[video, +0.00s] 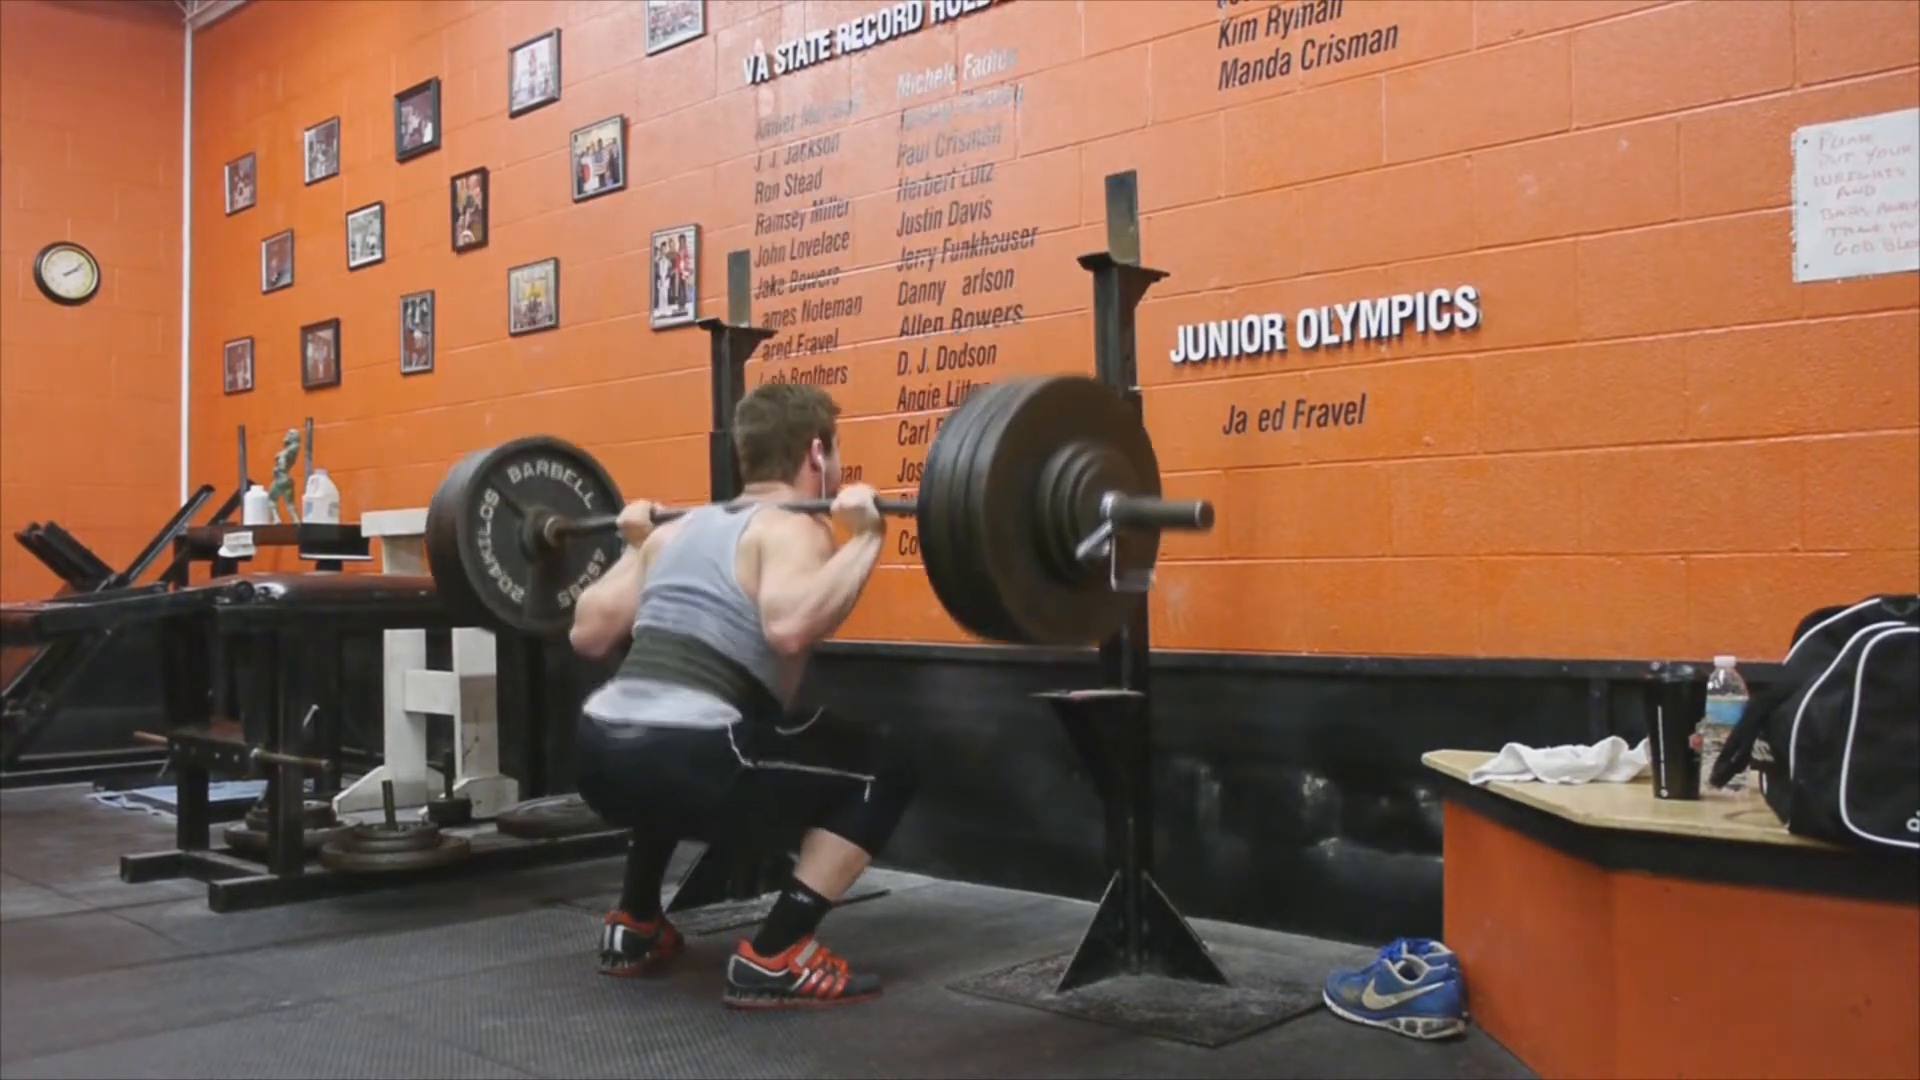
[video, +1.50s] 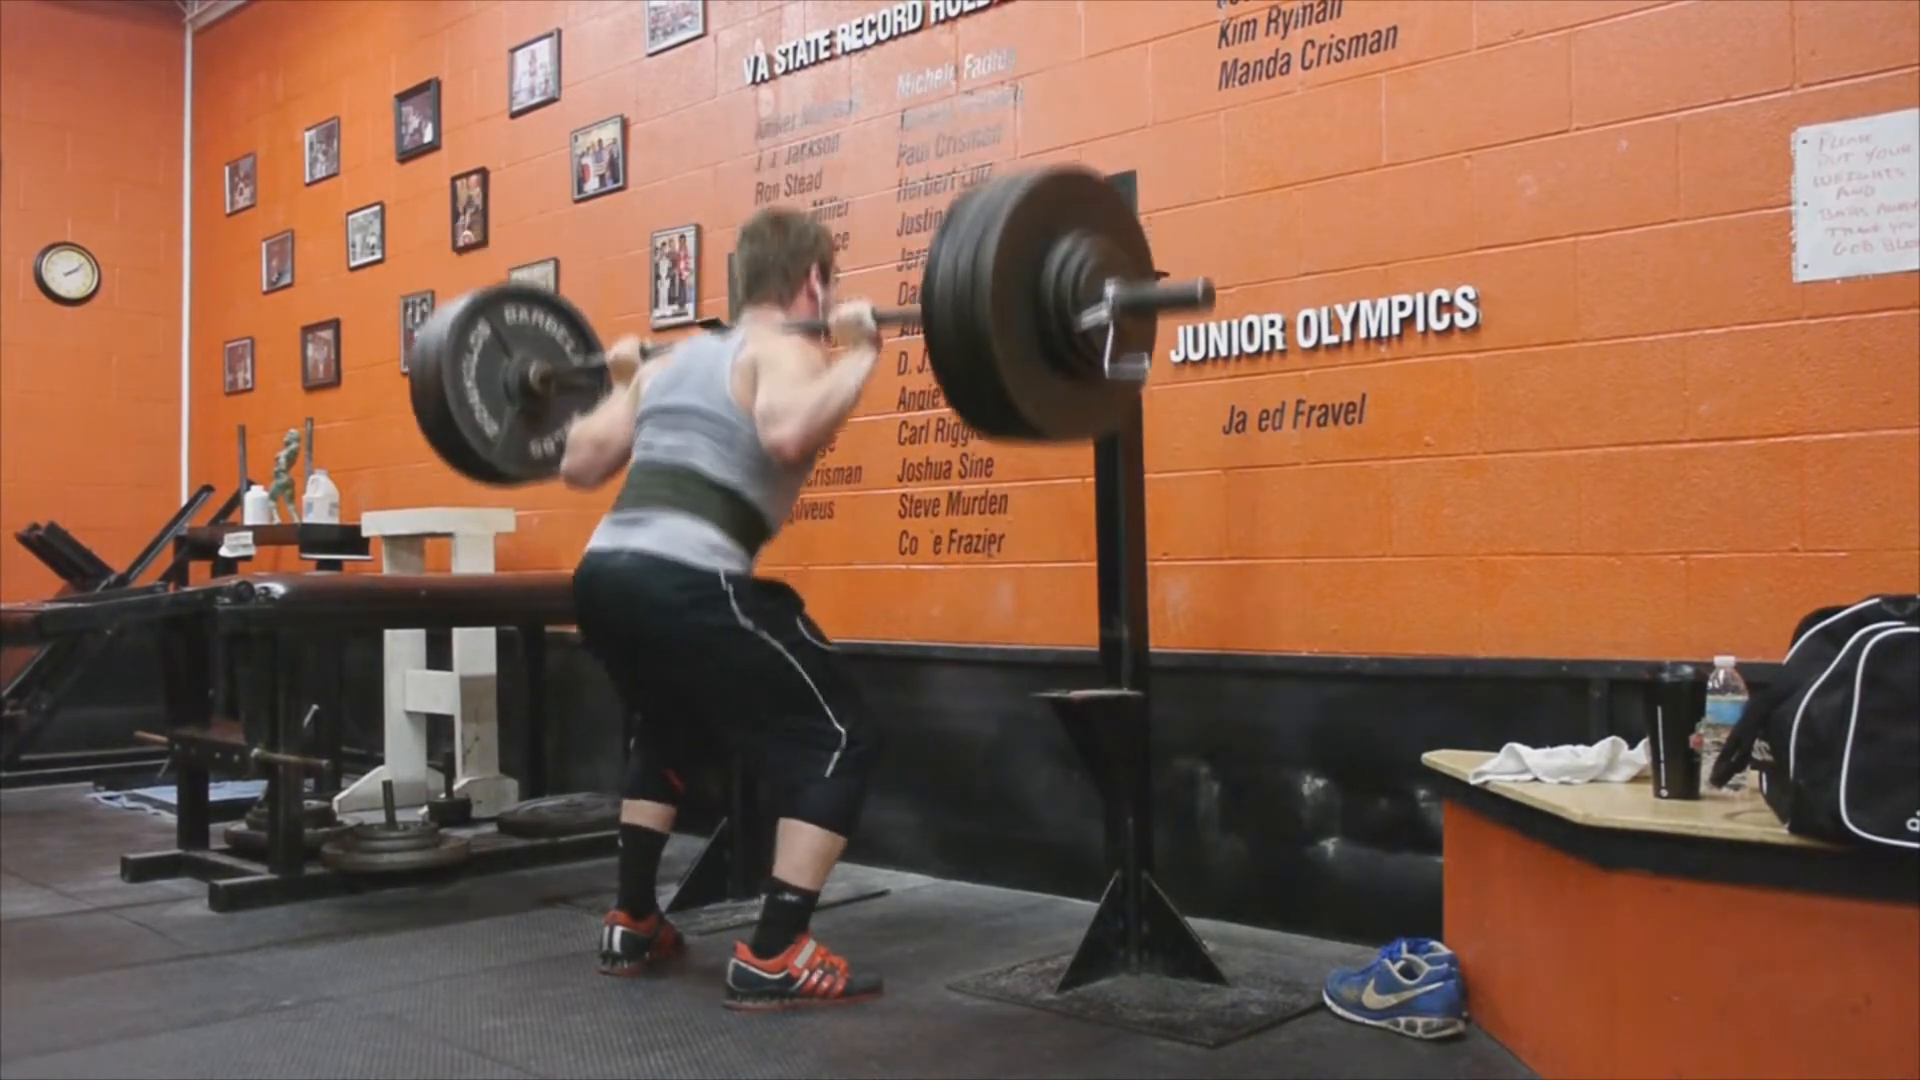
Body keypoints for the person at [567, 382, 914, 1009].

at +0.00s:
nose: (837, 466)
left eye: (837, 453)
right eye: (835, 452)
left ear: (746, 458)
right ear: (816, 456)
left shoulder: (678, 529)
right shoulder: (792, 528)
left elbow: (589, 633)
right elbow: (790, 626)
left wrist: (634, 545)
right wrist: (866, 538)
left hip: (606, 756)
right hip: (701, 762)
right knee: (885, 766)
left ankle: (636, 917)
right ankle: (777, 950)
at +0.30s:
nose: (837, 386)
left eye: (837, 374)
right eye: (834, 373)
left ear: (746, 379)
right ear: (810, 377)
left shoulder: (672, 443)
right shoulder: (788, 436)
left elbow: (561, 529)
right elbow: (770, 513)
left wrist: (626, 462)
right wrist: (857, 444)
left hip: (572, 630)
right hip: (669, 639)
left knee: (653, 737)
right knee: (831, 748)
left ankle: (632, 920)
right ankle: (775, 952)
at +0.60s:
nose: (828, 303)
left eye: (829, 290)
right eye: (827, 290)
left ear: (738, 293)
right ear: (808, 290)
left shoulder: (666, 361)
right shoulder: (782, 350)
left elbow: (564, 451)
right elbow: (766, 422)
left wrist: (616, 376)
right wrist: (853, 350)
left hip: (586, 560)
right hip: (681, 567)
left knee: (657, 723)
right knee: (817, 724)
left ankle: (633, 921)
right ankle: (775, 948)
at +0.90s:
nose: (827, 201)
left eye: (825, 187)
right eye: (827, 188)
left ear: (741, 187)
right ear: (807, 185)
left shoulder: (673, 265)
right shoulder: (785, 247)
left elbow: (581, 364)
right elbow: (776, 321)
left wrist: (615, 284)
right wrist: (856, 246)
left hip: (628, 491)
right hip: (710, 498)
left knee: (658, 704)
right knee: (783, 708)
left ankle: (632, 919)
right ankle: (772, 945)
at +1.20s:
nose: (827, 202)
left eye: (825, 188)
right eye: (826, 189)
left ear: (741, 187)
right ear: (806, 185)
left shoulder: (669, 267)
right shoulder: (784, 247)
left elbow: (581, 368)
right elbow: (779, 327)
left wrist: (615, 287)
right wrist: (854, 249)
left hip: (634, 500)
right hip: (716, 505)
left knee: (661, 708)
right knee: (787, 712)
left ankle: (632, 917)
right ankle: (773, 945)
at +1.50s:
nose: (833, 294)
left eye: (830, 280)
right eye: (830, 281)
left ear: (743, 285)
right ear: (808, 283)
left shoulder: (676, 359)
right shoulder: (788, 347)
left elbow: (580, 463)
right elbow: (786, 434)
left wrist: (624, 381)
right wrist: (861, 351)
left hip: (605, 578)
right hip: (691, 585)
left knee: (662, 725)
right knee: (838, 734)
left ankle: (633, 920)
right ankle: (776, 947)